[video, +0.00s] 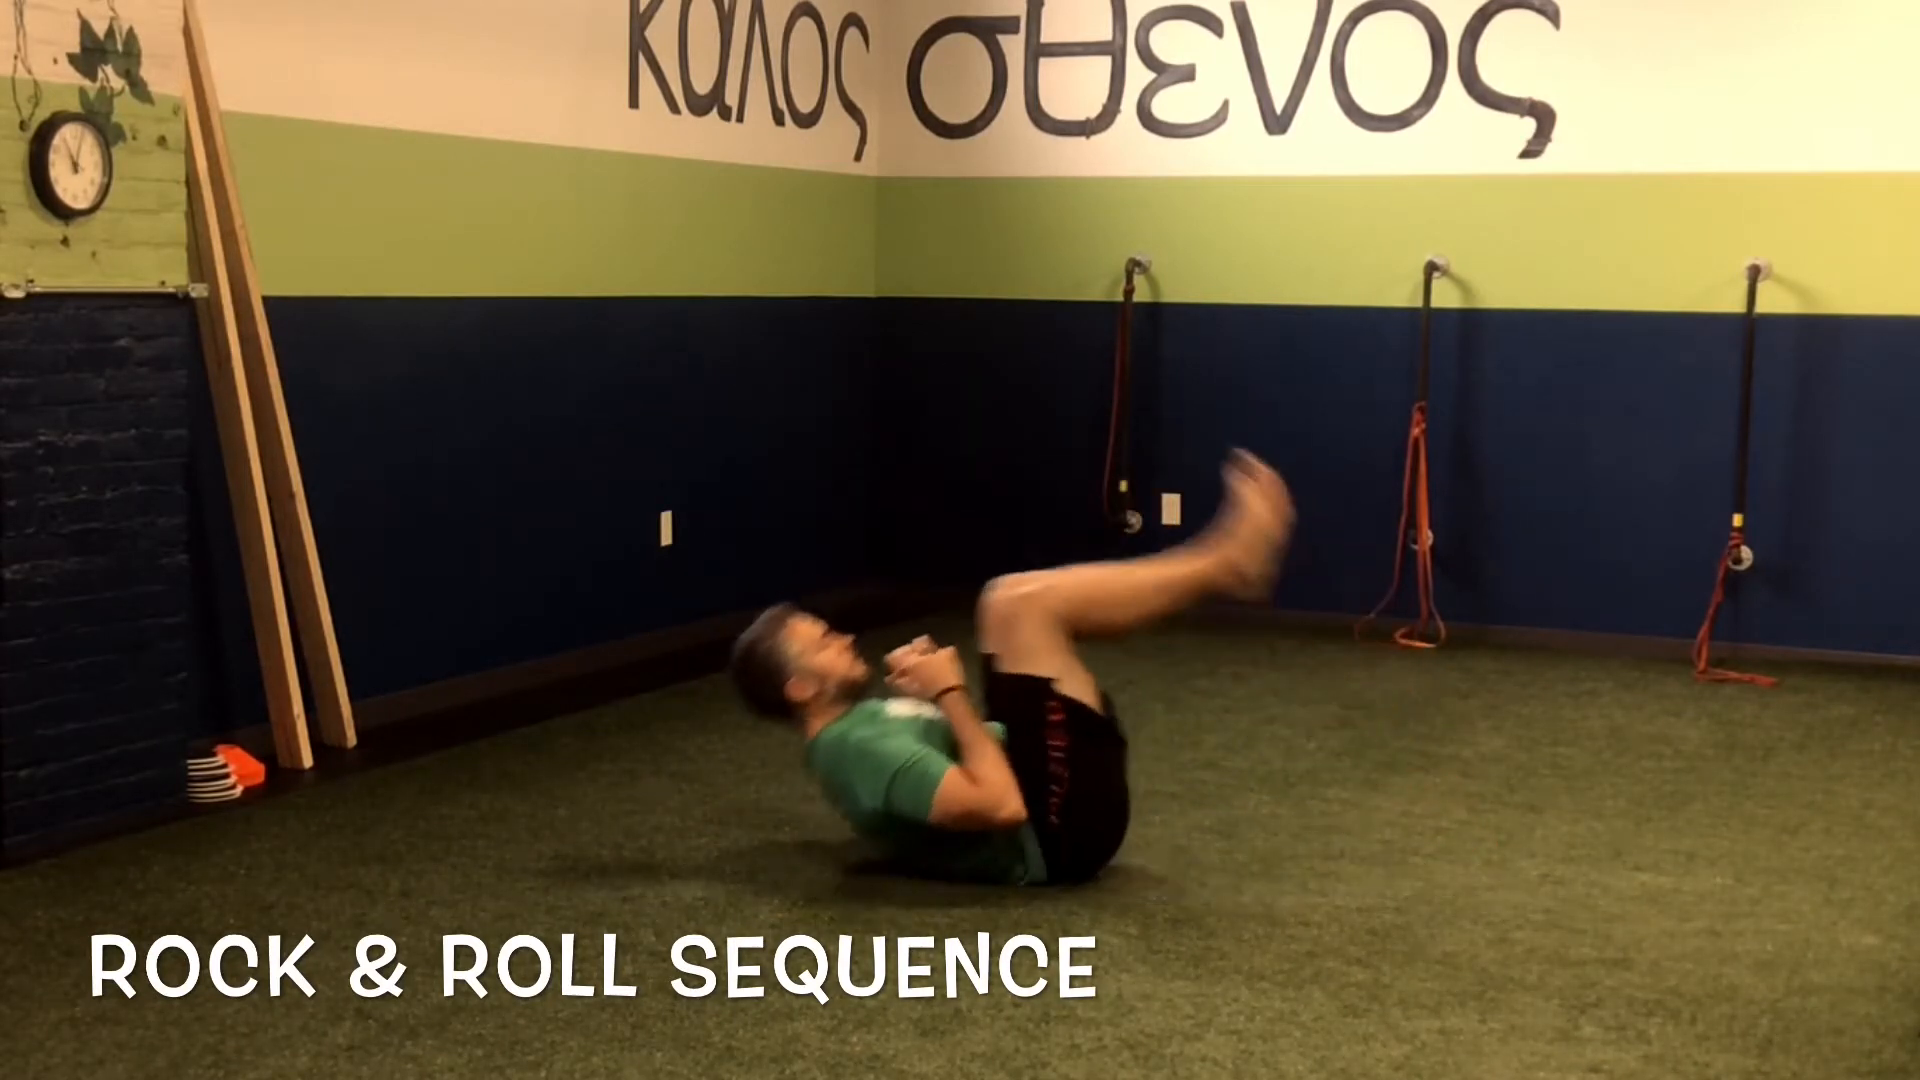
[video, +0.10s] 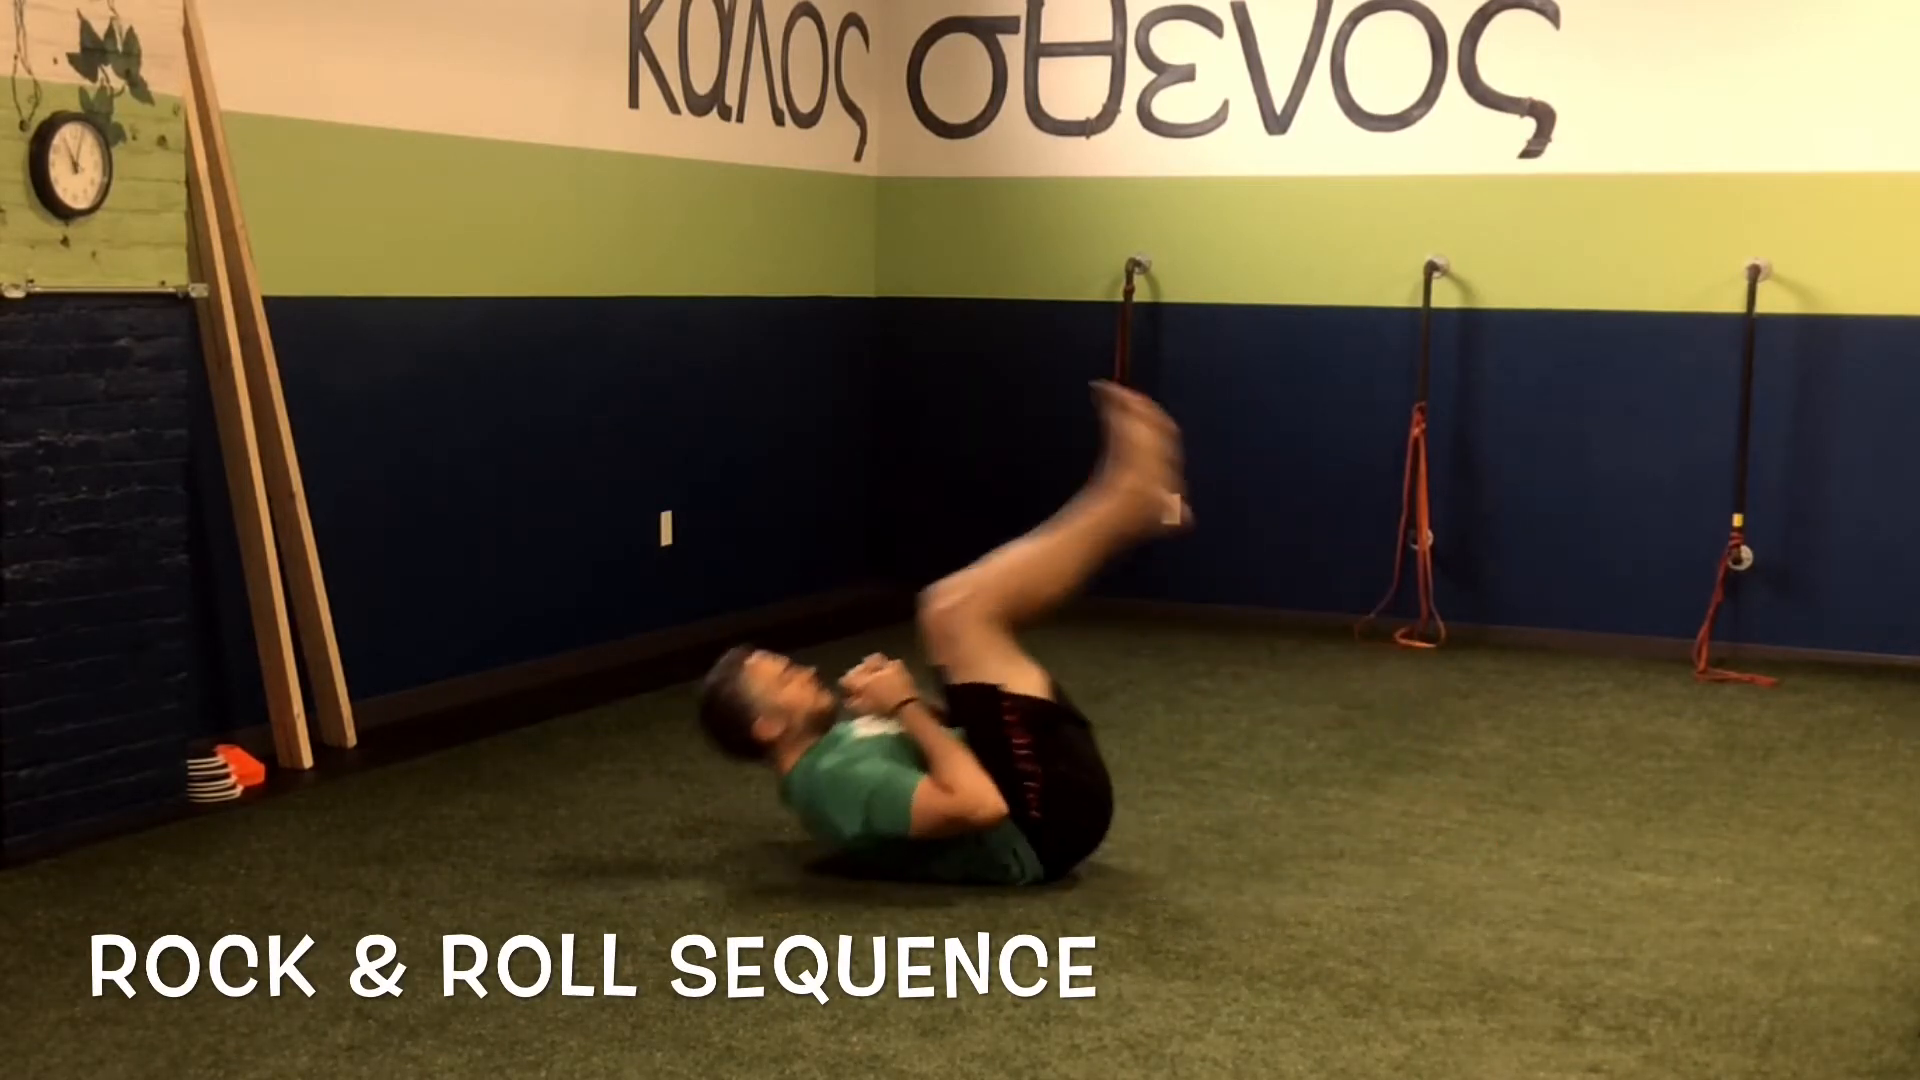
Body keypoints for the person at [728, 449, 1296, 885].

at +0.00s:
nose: (842, 641)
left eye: (829, 633)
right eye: (821, 643)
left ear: (811, 682)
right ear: (799, 688)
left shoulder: (861, 721)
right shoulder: (856, 748)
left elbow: (976, 773)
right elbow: (1001, 804)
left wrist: (940, 686)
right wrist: (950, 696)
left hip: (1050, 816)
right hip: (1063, 836)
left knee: (1010, 597)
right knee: (1016, 603)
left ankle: (1216, 558)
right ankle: (1224, 561)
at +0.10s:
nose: (807, 672)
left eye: (791, 665)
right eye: (785, 675)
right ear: (767, 726)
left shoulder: (832, 746)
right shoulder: (830, 785)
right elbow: (980, 804)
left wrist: (900, 700)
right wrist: (908, 707)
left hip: (1033, 804)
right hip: (1046, 825)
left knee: (953, 600)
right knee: (952, 607)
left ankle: (1125, 500)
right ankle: (1128, 500)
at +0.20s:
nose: (771, 699)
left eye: (753, 695)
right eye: (749, 708)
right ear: (741, 762)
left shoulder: (806, 780)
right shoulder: (807, 807)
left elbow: (922, 725)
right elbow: (956, 798)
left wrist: (861, 707)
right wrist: (861, 724)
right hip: (1032, 791)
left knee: (901, 615)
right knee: (892, 617)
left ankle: (1026, 452)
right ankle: (1019, 450)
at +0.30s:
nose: (737, 722)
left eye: (719, 724)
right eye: (717, 736)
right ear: (718, 790)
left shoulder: (793, 794)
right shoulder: (792, 819)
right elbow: (932, 788)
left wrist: (819, 720)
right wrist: (823, 730)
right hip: (1013, 771)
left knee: (866, 629)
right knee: (840, 628)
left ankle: (925, 426)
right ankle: (920, 428)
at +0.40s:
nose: (711, 740)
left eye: (694, 741)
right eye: (696, 753)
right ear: (707, 805)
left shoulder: (779, 805)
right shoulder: (781, 826)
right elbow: (910, 776)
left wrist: (788, 730)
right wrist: (797, 733)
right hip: (991, 743)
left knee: (828, 635)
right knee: (797, 636)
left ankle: (844, 424)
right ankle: (839, 425)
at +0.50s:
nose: (699, 750)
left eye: (682, 755)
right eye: (686, 768)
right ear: (699, 819)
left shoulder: (764, 809)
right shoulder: (773, 830)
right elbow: (888, 762)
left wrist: (763, 744)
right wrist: (772, 736)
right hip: (976, 732)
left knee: (784, 640)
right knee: (762, 646)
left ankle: (774, 431)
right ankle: (773, 431)